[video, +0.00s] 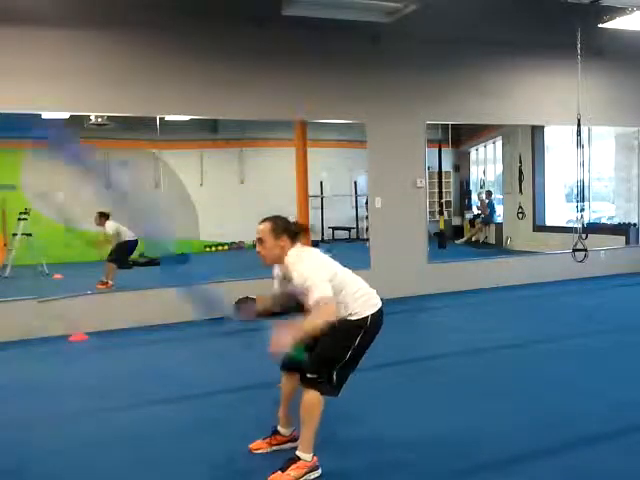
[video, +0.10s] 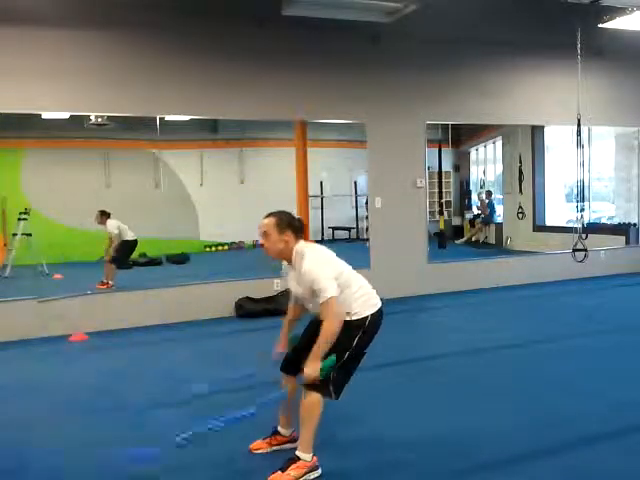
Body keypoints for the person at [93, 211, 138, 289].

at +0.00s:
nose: (95, 221)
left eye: (97, 218)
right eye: (96, 218)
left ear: (102, 219)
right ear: (104, 219)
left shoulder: (109, 225)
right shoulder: (109, 224)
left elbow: (111, 240)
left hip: (128, 241)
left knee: (112, 260)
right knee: (111, 260)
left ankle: (109, 282)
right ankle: (107, 280)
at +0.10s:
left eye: (98, 217)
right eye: (97, 217)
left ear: (103, 217)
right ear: (104, 217)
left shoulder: (111, 224)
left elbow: (115, 239)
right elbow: (110, 240)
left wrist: (111, 253)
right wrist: (107, 252)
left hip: (128, 240)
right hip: (126, 240)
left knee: (111, 261)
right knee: (110, 260)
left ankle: (109, 282)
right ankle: (106, 281)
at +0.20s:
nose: (105, 209)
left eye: (106, 206)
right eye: (105, 206)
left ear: (111, 206)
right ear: (112, 206)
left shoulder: (118, 212)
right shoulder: (116, 213)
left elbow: (119, 223)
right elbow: (114, 225)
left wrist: (105, 229)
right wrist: (102, 231)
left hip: (128, 238)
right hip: (125, 237)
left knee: (113, 259)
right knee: (111, 259)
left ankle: (110, 281)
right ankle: (107, 280)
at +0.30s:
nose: (112, 205)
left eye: (114, 202)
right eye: (112, 203)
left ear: (118, 202)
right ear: (113, 202)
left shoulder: (122, 209)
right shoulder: (120, 209)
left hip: (127, 236)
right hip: (123, 236)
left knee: (116, 259)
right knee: (115, 259)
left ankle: (111, 281)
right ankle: (108, 279)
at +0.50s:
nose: (100, 215)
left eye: (101, 212)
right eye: (100, 213)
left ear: (104, 211)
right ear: (108, 209)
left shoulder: (110, 217)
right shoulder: (113, 215)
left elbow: (117, 232)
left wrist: (114, 245)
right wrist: (115, 244)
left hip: (125, 239)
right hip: (130, 238)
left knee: (111, 260)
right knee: (114, 261)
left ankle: (107, 281)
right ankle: (108, 281)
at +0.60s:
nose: (94, 223)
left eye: (95, 220)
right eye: (94, 220)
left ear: (100, 220)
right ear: (101, 220)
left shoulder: (107, 226)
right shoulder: (106, 227)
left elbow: (111, 240)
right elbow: (105, 241)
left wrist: (104, 252)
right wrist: (99, 251)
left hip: (127, 242)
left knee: (109, 261)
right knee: (110, 261)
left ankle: (109, 282)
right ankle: (109, 282)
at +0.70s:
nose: (97, 216)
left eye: (99, 214)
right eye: (97, 214)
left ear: (103, 214)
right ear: (104, 214)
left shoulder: (111, 221)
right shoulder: (111, 221)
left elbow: (114, 234)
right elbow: (110, 235)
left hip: (126, 240)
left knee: (109, 260)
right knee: (110, 260)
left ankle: (108, 281)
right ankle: (108, 281)